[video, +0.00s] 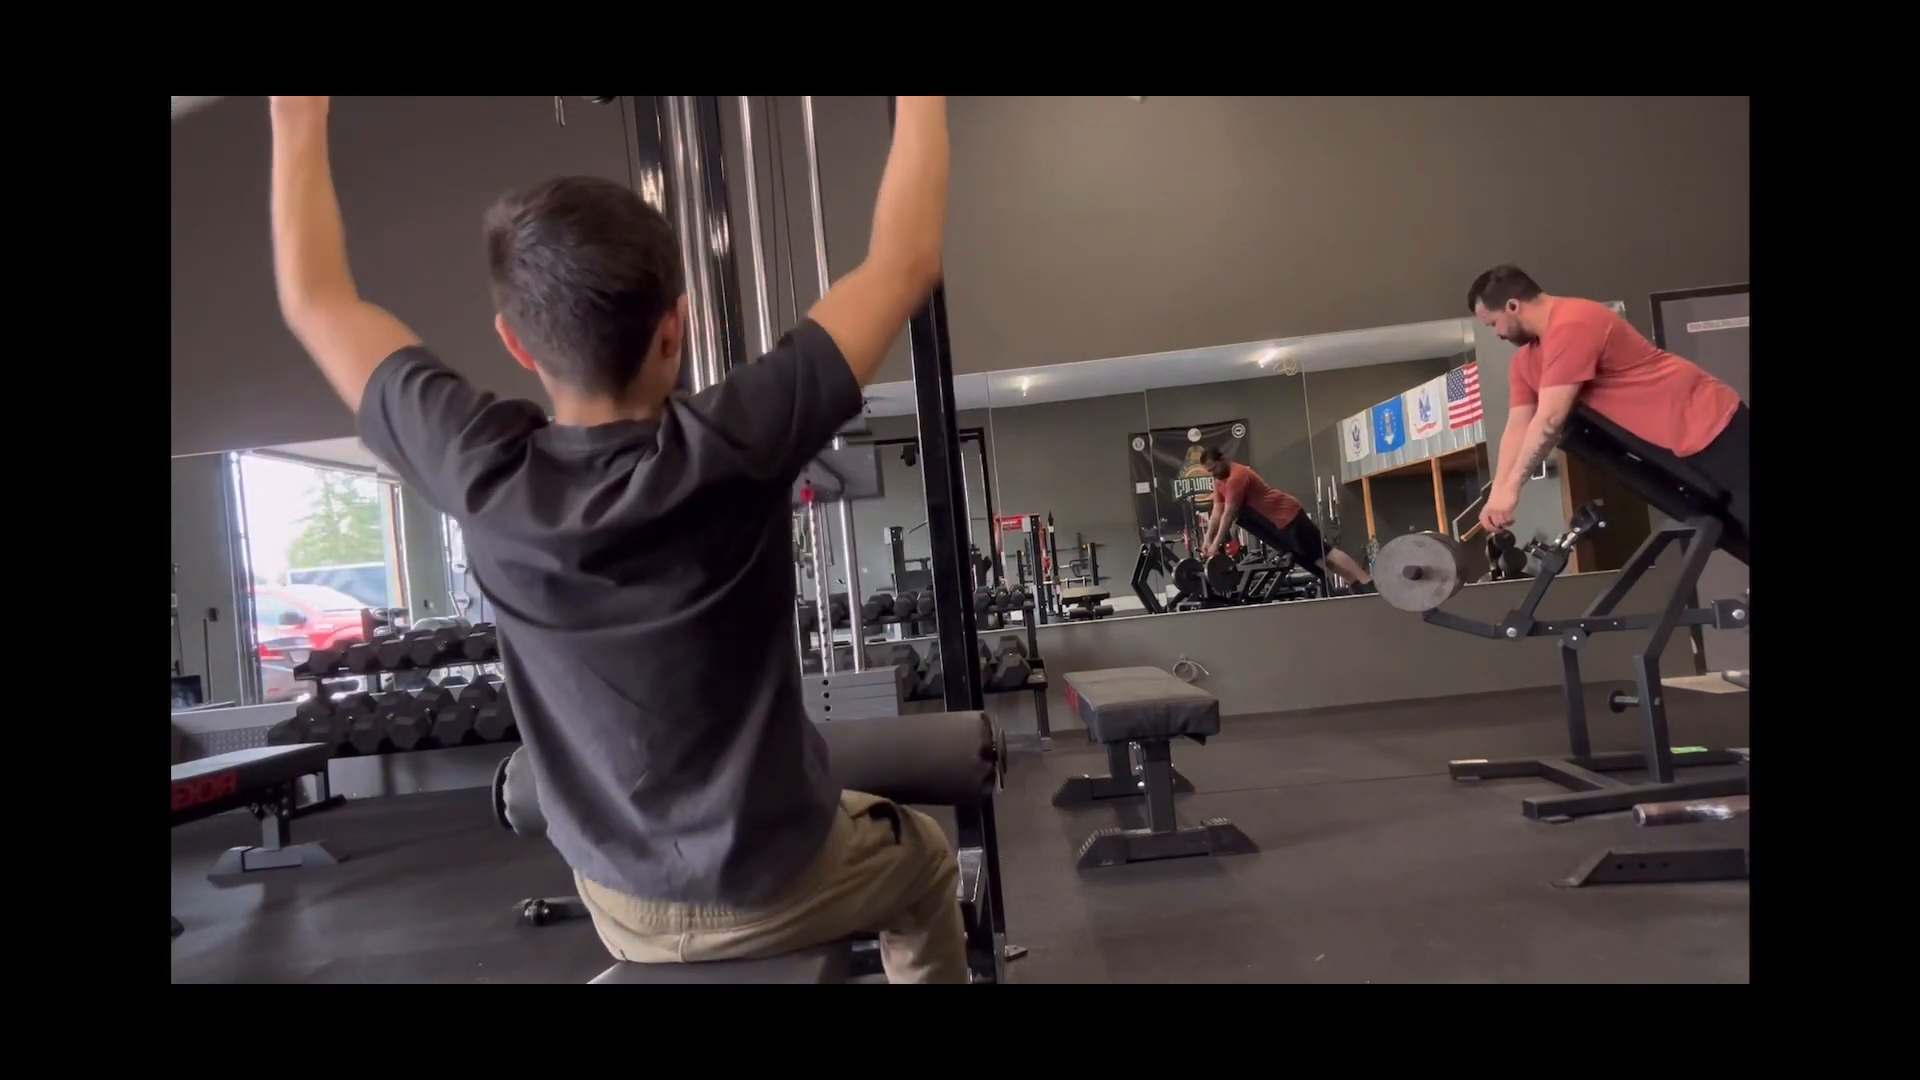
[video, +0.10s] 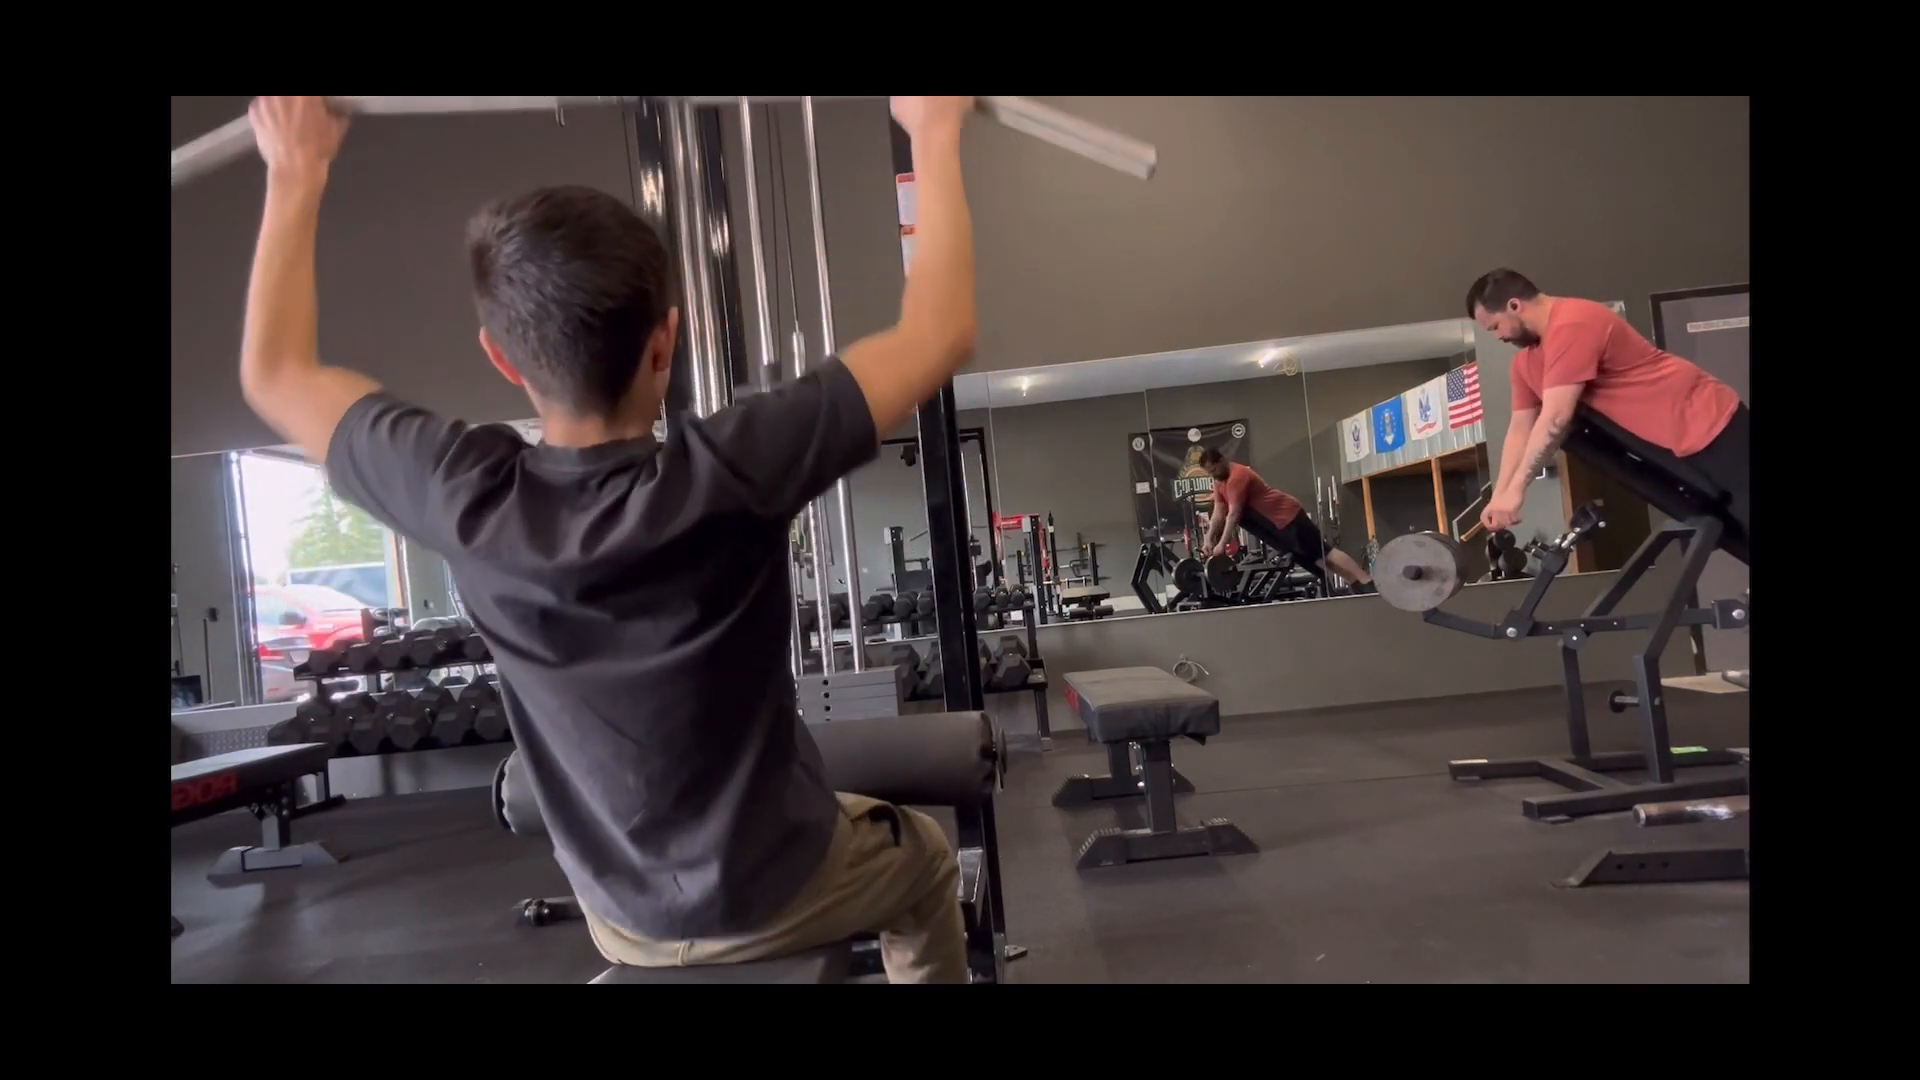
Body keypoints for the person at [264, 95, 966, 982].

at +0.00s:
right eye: (681, 302)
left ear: (513, 342)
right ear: (676, 326)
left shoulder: (485, 464)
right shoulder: (737, 442)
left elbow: (314, 298)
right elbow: (903, 267)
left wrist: (296, 116)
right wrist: (921, 91)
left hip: (617, 909)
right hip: (773, 898)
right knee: (922, 859)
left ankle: (634, 975)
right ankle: (926, 976)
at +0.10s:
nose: (675, 332)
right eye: (674, 314)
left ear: (499, 358)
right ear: (664, 342)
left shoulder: (468, 491)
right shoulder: (737, 464)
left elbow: (272, 370)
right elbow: (939, 335)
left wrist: (295, 169)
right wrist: (938, 135)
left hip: (618, 919)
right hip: (772, 893)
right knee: (922, 858)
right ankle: (929, 980)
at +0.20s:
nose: (670, 331)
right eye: (671, 316)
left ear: (493, 366)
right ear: (661, 344)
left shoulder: (459, 516)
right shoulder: (738, 482)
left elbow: (245, 463)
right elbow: (968, 426)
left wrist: (295, 269)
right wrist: (950, 234)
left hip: (615, 915)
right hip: (774, 889)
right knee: (921, 865)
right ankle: (930, 976)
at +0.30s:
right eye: (671, 315)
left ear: (496, 366)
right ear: (667, 340)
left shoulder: (455, 532)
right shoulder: (746, 498)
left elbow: (235, 562)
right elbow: (980, 521)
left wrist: (301, 365)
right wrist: (961, 327)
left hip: (613, 914)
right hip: (775, 899)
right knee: (922, 862)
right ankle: (926, 983)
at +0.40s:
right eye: (678, 315)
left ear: (504, 365)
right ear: (673, 342)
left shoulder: (465, 543)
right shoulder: (751, 502)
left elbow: (241, 652)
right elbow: (971, 604)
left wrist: (304, 445)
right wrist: (968, 412)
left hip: (618, 914)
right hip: (784, 898)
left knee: (602, 883)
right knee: (922, 860)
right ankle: (925, 981)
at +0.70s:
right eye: (687, 314)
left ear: (516, 362)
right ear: (685, 338)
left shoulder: (484, 543)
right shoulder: (759, 509)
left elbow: (293, 721)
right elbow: (949, 669)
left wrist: (318, 514)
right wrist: (968, 475)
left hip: (615, 906)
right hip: (783, 894)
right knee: (923, 861)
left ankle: (611, 974)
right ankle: (927, 980)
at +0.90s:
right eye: (683, 315)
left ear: (507, 367)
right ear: (678, 343)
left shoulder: (466, 523)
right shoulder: (752, 493)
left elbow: (271, 610)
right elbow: (978, 549)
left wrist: (322, 419)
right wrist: (966, 363)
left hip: (613, 911)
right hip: (781, 898)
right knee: (922, 859)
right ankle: (932, 981)